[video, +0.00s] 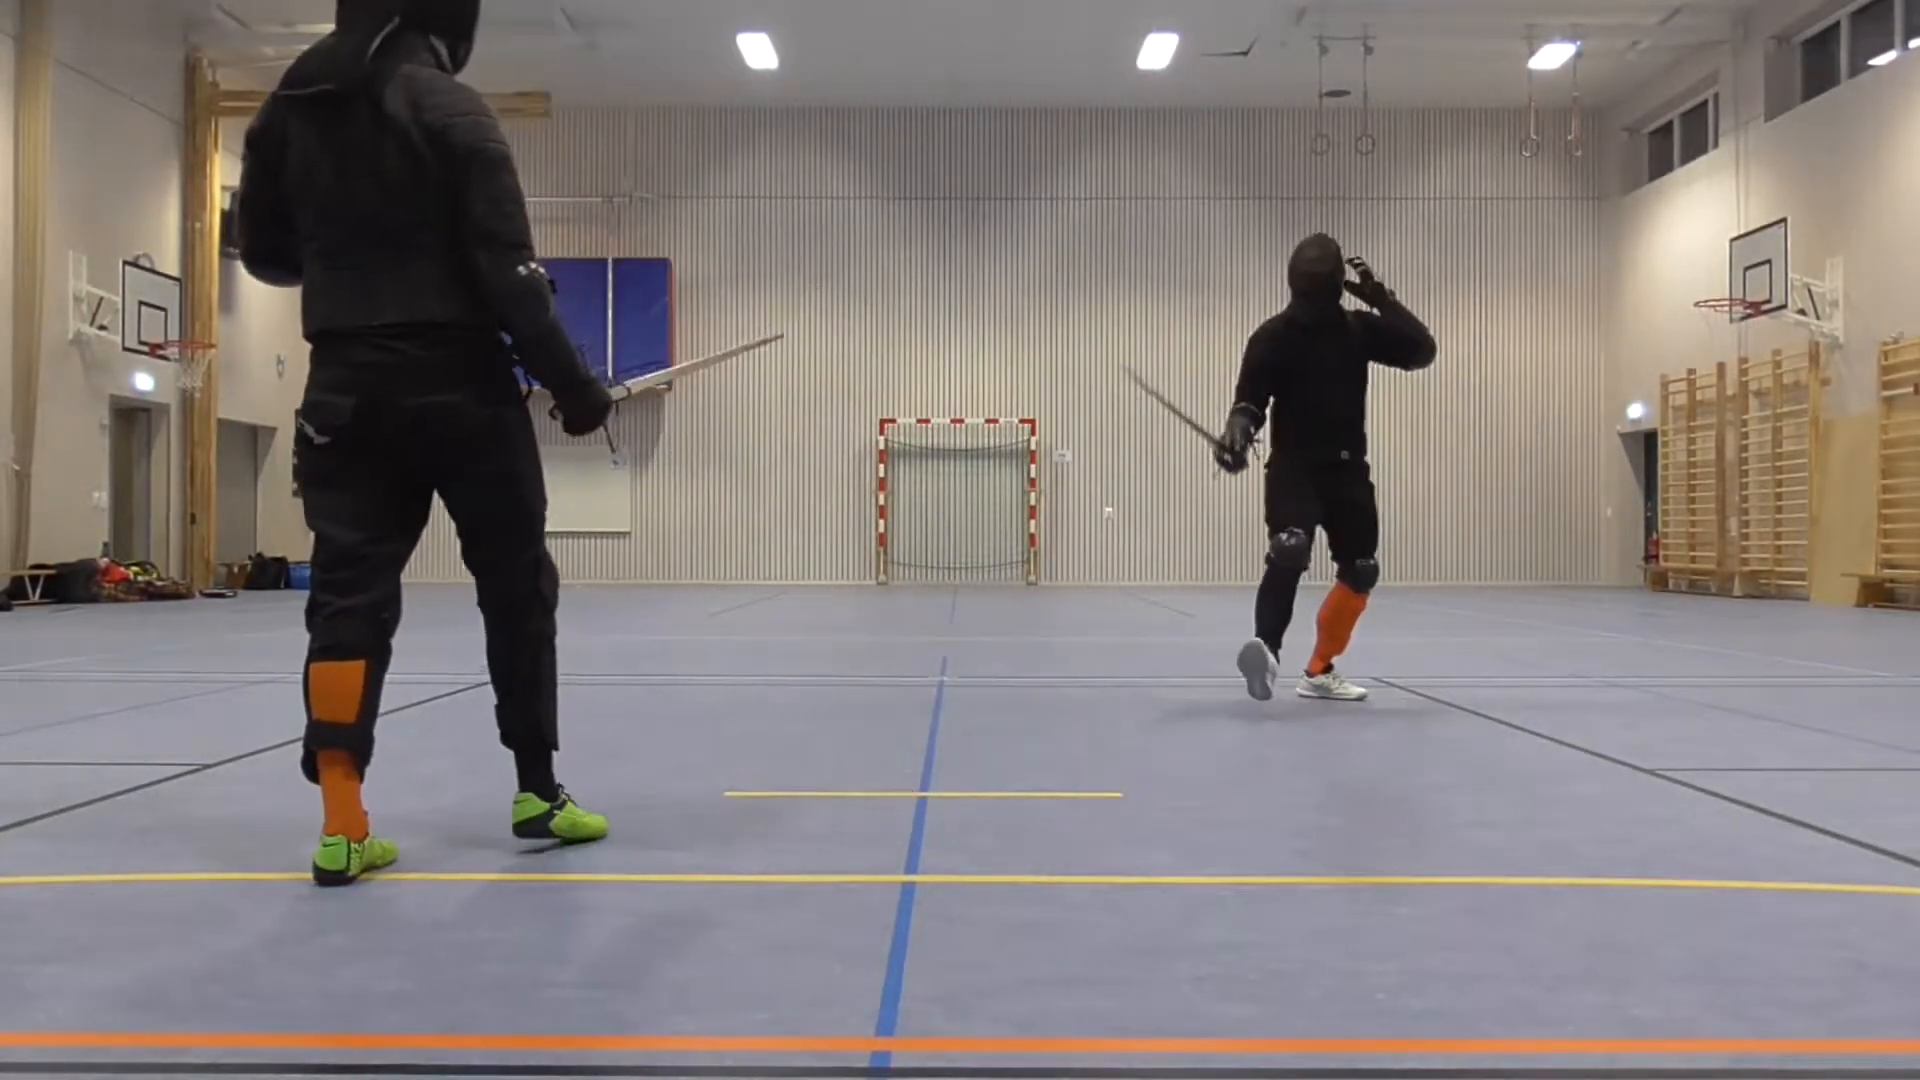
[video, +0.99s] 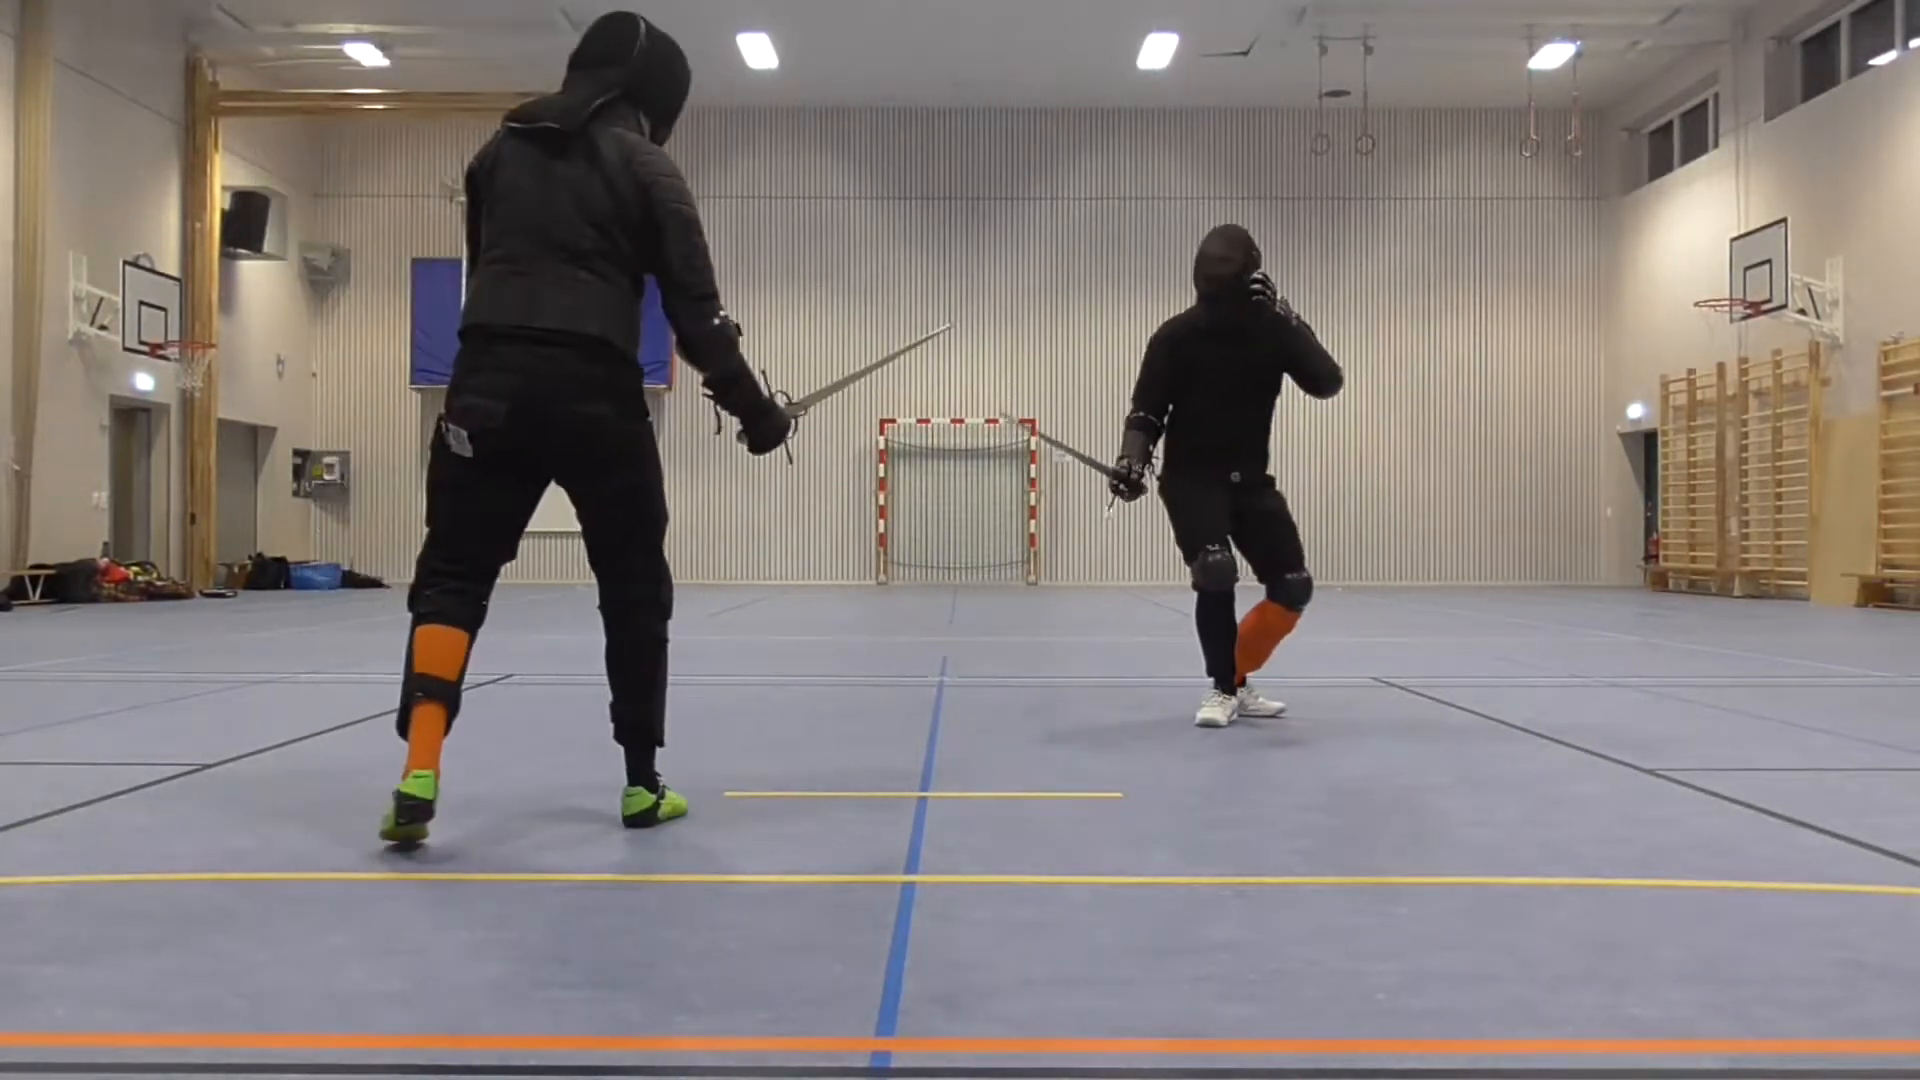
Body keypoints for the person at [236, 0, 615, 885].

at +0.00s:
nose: (469, 39)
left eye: (468, 26)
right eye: (466, 24)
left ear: (359, 14)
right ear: (440, 19)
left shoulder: (288, 108)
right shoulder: (451, 109)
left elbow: (267, 252)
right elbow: (508, 271)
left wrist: (358, 246)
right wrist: (577, 383)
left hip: (346, 388)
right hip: (464, 385)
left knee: (346, 595)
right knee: (516, 581)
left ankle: (342, 832)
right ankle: (537, 791)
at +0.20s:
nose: (487, 39)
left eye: (484, 27)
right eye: (483, 25)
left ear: (376, 18)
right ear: (457, 24)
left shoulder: (305, 113)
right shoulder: (467, 116)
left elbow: (294, 243)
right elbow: (517, 280)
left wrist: (386, 233)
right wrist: (589, 381)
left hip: (355, 393)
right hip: (470, 389)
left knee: (352, 591)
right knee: (536, 572)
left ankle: (343, 827)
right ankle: (576, 778)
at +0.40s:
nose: (533, 68)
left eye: (531, 51)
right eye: (529, 49)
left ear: (423, 33)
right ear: (507, 46)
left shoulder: (353, 129)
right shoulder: (512, 138)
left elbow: (339, 251)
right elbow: (554, 296)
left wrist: (432, 247)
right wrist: (622, 400)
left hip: (382, 395)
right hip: (497, 399)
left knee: (365, 594)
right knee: (565, 579)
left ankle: (343, 828)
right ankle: (630, 772)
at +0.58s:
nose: (594, 97)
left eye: (593, 82)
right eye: (592, 81)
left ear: (493, 56)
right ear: (572, 72)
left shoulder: (420, 145)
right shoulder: (573, 158)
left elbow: (397, 269)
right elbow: (608, 317)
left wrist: (497, 295)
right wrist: (662, 425)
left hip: (433, 402)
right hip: (546, 410)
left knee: (403, 591)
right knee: (604, 589)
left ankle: (349, 812)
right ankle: (640, 782)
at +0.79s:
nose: (655, 110)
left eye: (656, 96)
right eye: (655, 95)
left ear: (565, 70)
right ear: (633, 86)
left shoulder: (480, 154)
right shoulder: (632, 168)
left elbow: (467, 278)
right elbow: (667, 317)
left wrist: (526, 351)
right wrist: (719, 413)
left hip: (478, 394)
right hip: (589, 403)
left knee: (443, 571)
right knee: (631, 582)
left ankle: (391, 769)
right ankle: (642, 783)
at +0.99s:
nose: (670, 119)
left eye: (672, 106)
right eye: (671, 104)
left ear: (583, 78)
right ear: (649, 93)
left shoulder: (496, 154)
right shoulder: (645, 166)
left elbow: (485, 272)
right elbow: (697, 313)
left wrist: (537, 353)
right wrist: (753, 407)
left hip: (488, 391)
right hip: (597, 398)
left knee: (454, 572)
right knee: (634, 580)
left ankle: (419, 773)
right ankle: (641, 783)